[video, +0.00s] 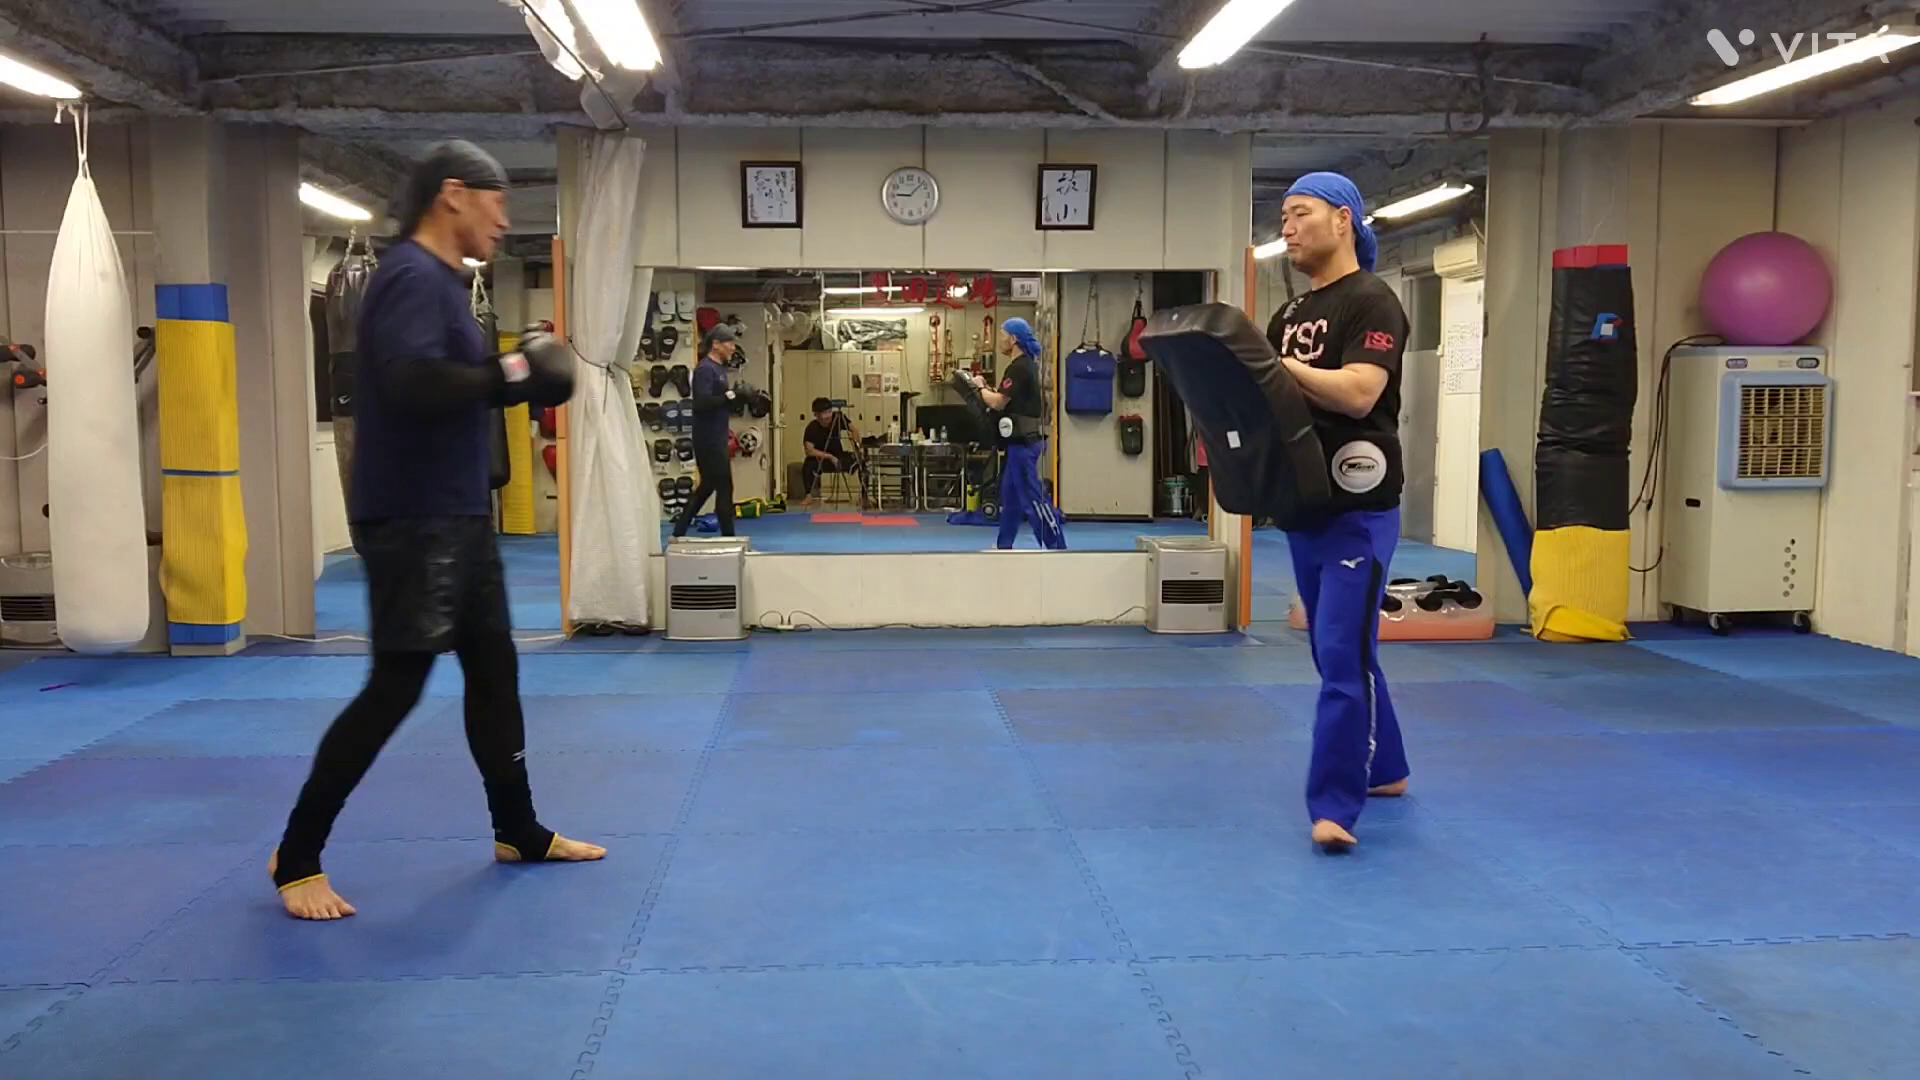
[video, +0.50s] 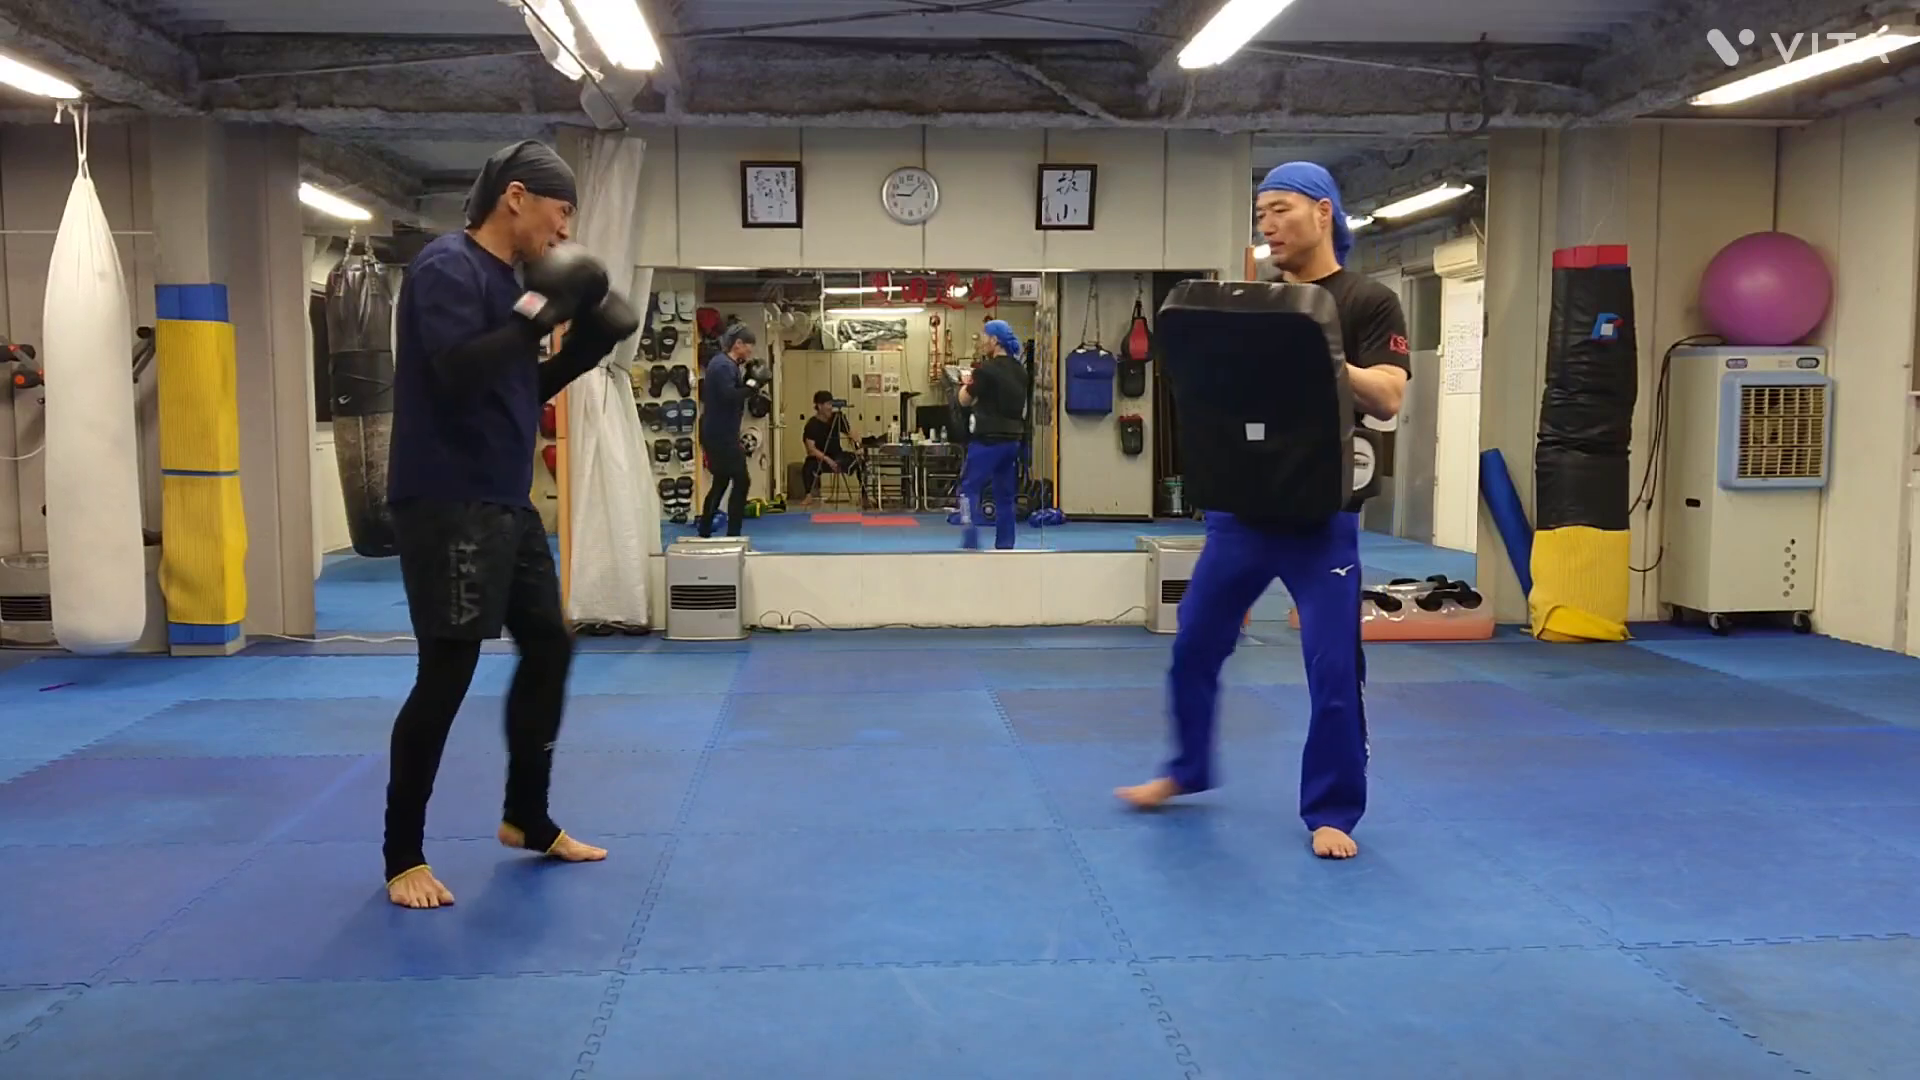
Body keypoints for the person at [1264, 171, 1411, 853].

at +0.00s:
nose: (1288, 225)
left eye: (1301, 213)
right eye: (1285, 218)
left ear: (1344, 222)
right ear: (1293, 234)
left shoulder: (1373, 299)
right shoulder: (1287, 316)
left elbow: (1360, 394)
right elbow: (1268, 396)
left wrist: (1277, 368)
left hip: (1362, 505)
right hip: (1306, 506)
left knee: (1339, 653)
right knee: (1343, 646)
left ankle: (1333, 808)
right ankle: (1385, 767)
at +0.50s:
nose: (1268, 226)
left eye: (1281, 210)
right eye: (1262, 216)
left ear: (1324, 215)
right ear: (1262, 228)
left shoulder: (1367, 297)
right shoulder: (1253, 302)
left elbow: (1389, 396)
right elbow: (1213, 375)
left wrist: (1326, 365)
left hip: (1325, 517)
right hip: (1241, 511)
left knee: (1335, 673)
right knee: (1194, 641)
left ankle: (1332, 816)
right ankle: (1188, 771)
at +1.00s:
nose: (1162, 238)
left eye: (1176, 223)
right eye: (1155, 227)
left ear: (1218, 226)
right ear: (1152, 238)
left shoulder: (1270, 318)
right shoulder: (1134, 313)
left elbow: (1300, 413)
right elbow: (1098, 397)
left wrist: (1228, 391)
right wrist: (1161, 366)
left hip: (1229, 532)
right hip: (1137, 528)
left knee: (1278, 674)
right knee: (1092, 669)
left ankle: (1320, 817)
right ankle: (1064, 798)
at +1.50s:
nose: (1155, 245)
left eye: (1169, 230)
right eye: (1148, 235)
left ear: (1210, 234)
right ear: (1143, 245)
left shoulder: (1249, 314)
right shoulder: (1127, 315)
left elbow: (1290, 412)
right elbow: (1090, 402)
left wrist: (1222, 389)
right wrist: (1157, 375)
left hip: (1223, 530)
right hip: (1133, 530)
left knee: (1275, 675)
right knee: (1091, 671)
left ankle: (1320, 816)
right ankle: (1066, 798)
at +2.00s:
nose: (1184, 248)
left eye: (1197, 234)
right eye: (1173, 238)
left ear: (1230, 243)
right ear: (1165, 252)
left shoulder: (1267, 330)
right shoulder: (1145, 325)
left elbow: (1291, 413)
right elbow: (1127, 404)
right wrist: (1196, 378)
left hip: (1248, 535)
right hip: (1159, 532)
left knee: (1304, 662)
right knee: (1107, 663)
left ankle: (1311, 758)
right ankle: (1066, 797)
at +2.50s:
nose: (1239, 248)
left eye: (1252, 235)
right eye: (1230, 238)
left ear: (1283, 239)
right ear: (1221, 249)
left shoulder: (1320, 318)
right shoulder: (1198, 320)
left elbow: (1340, 402)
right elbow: (1181, 401)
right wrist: (1233, 372)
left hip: (1302, 510)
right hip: (1221, 509)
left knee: (1337, 642)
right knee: (1201, 638)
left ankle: (1333, 765)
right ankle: (1187, 749)